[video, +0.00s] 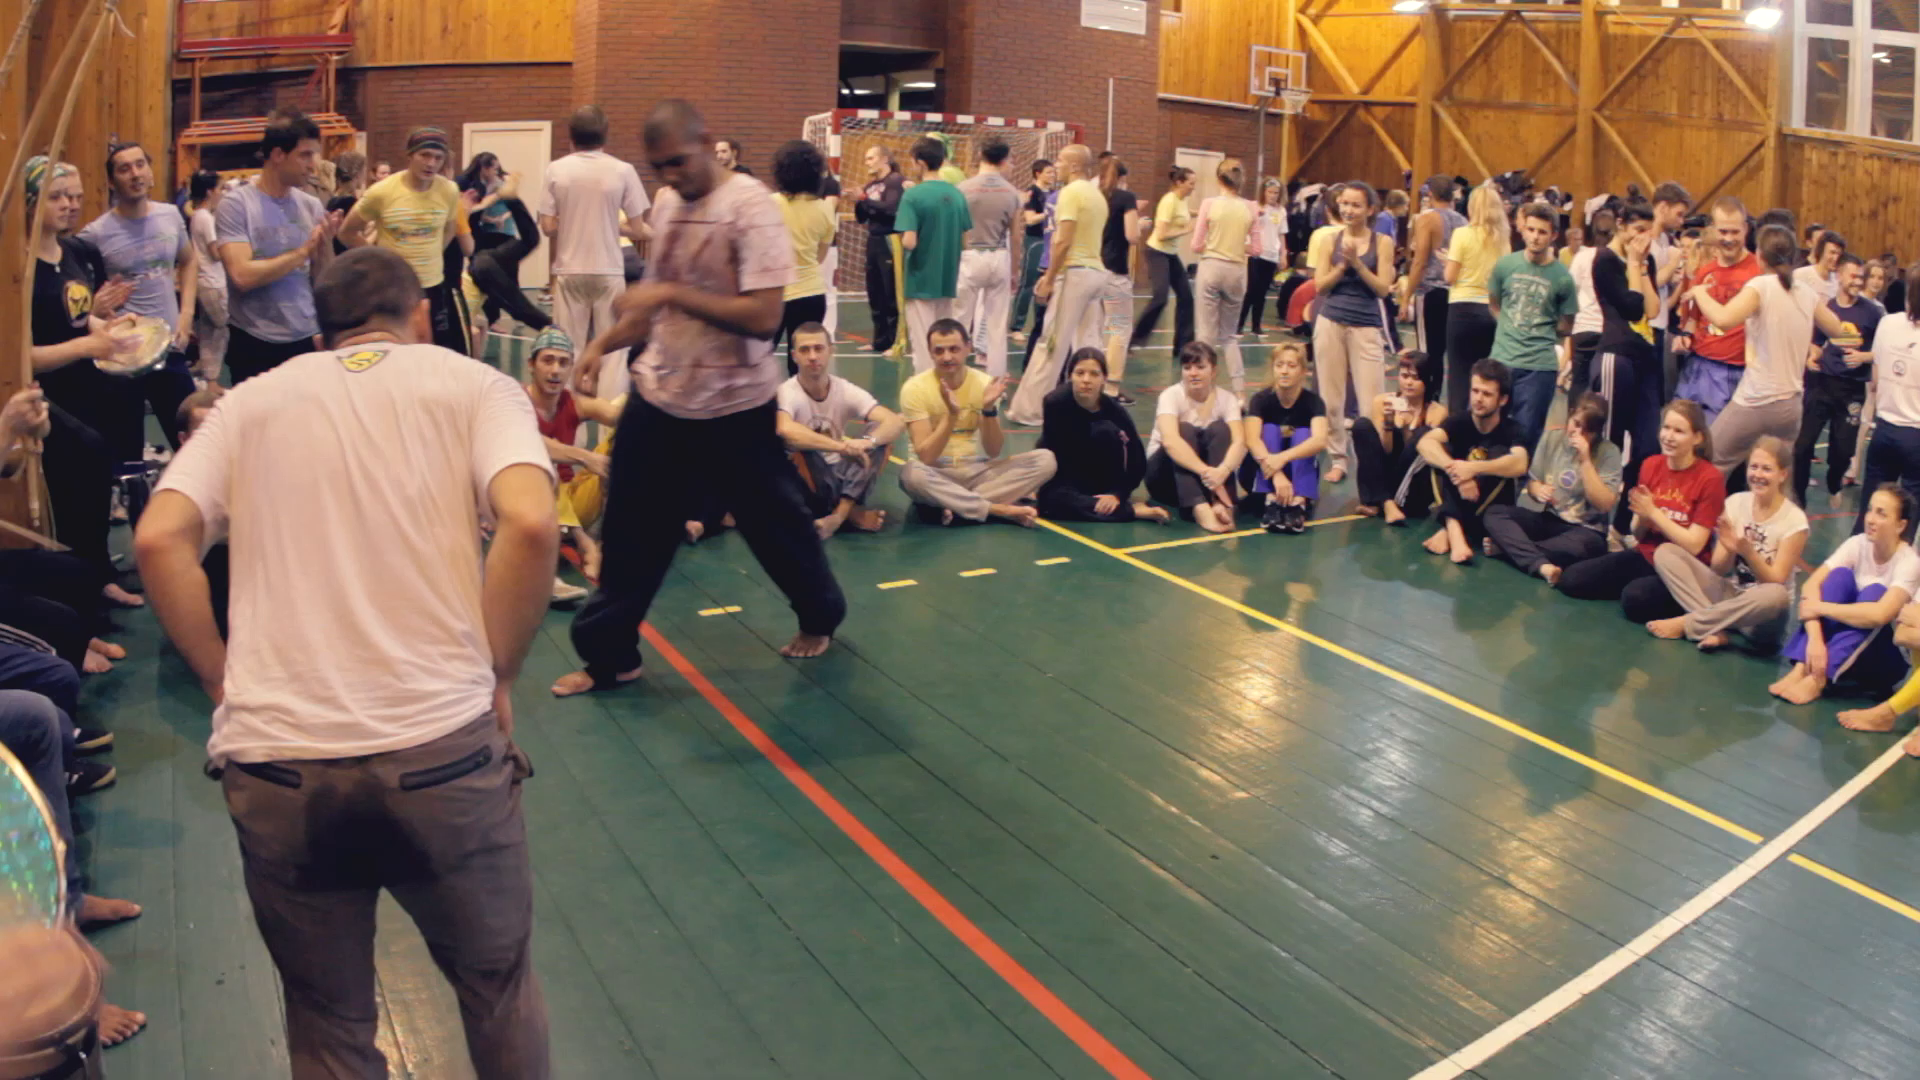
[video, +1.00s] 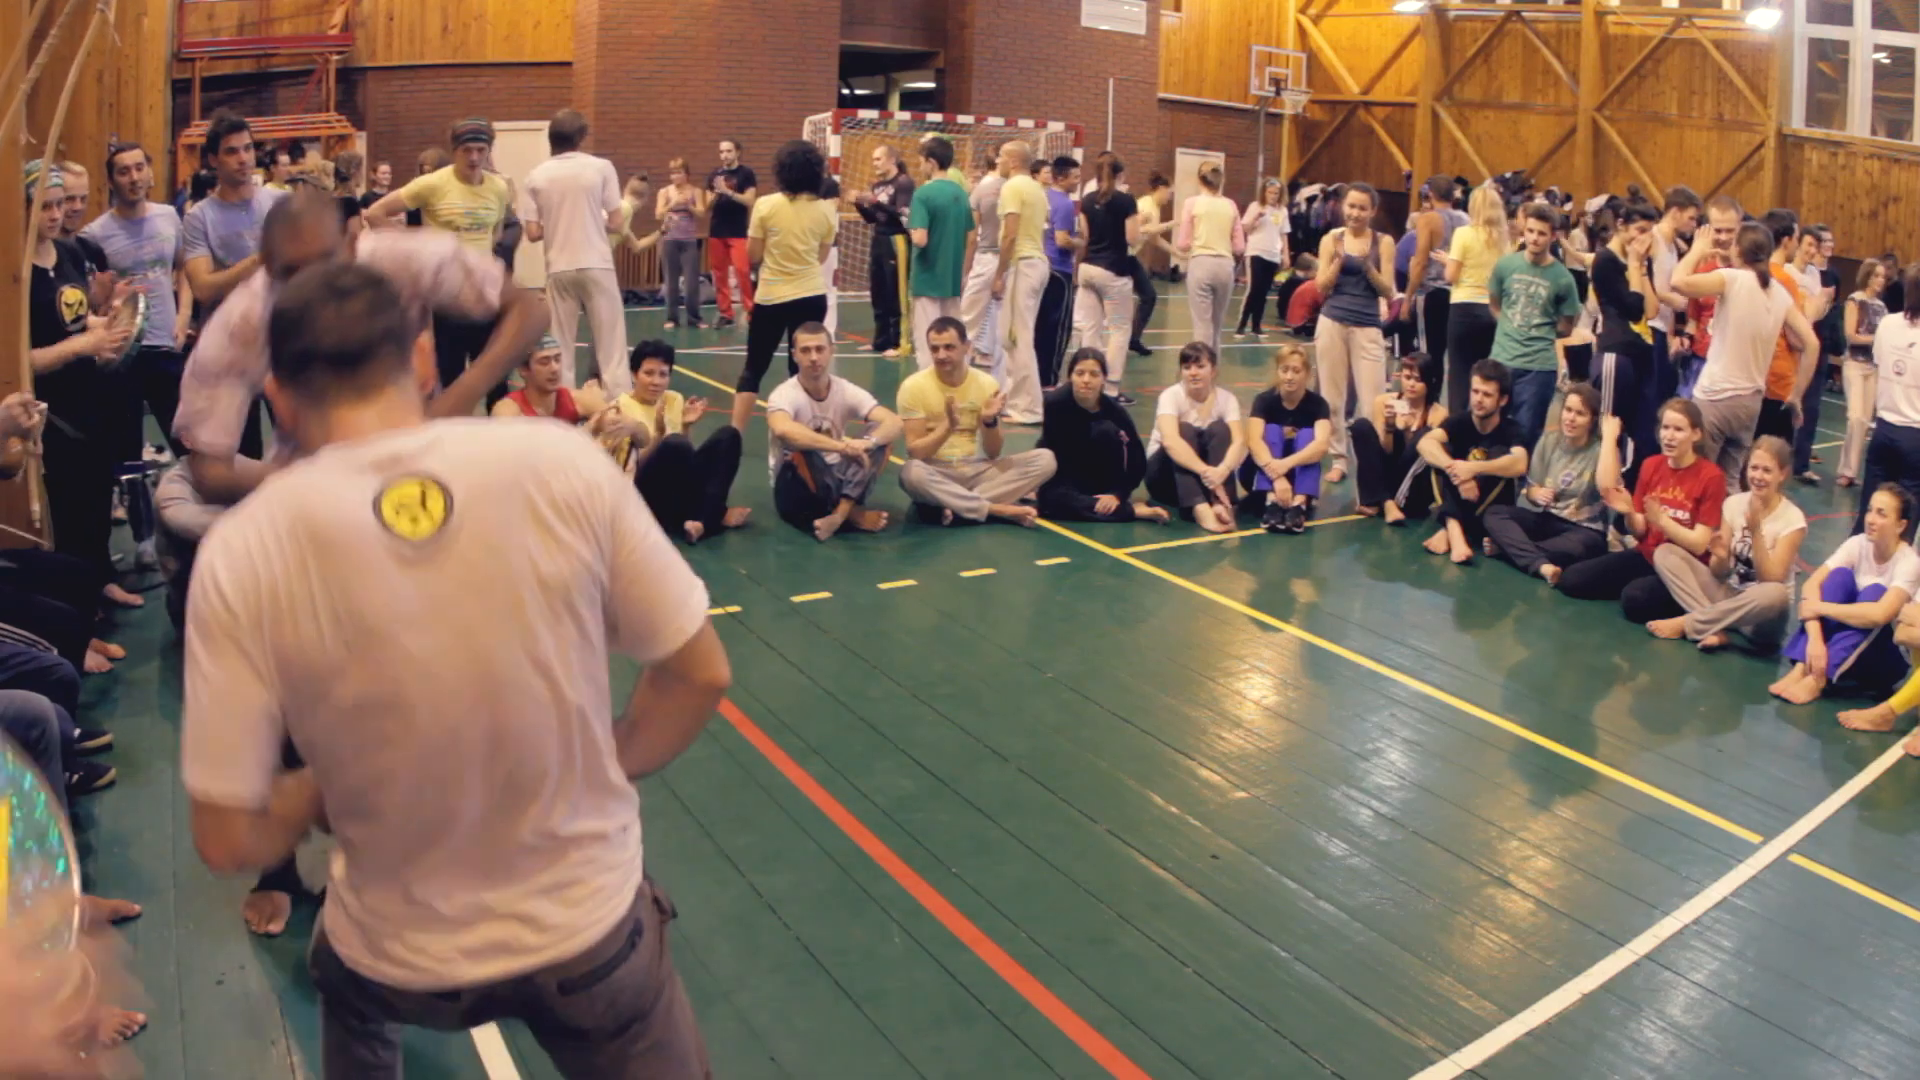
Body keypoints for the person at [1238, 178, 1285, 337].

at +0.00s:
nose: (1273, 195)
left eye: (1276, 192)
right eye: (1270, 192)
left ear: (1279, 194)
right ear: (1263, 192)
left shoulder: (1281, 211)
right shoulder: (1255, 208)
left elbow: (1282, 235)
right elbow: (1247, 227)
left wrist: (1283, 255)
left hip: (1272, 255)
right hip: (1256, 253)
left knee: (1261, 294)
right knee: (1250, 292)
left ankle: (1256, 326)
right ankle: (1240, 325)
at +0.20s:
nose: (1273, 196)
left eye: (1276, 193)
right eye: (1270, 192)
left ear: (1279, 194)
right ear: (1263, 192)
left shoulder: (1281, 211)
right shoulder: (1255, 206)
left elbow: (1282, 236)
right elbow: (1247, 227)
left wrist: (1284, 256)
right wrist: (1256, 216)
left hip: (1272, 255)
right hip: (1256, 253)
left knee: (1261, 294)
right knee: (1251, 292)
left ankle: (1256, 326)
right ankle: (1240, 325)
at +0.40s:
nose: (1273, 195)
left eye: (1276, 192)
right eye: (1270, 192)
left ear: (1279, 194)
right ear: (1263, 192)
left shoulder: (1281, 211)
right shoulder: (1255, 206)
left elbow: (1283, 236)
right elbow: (1246, 226)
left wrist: (1284, 256)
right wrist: (1256, 216)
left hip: (1272, 254)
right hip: (1256, 252)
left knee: (1262, 294)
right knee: (1251, 292)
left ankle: (1256, 326)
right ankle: (1240, 326)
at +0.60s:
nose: (1272, 195)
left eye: (1276, 192)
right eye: (1270, 192)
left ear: (1280, 194)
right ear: (1263, 192)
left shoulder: (1282, 211)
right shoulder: (1255, 206)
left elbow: (1283, 235)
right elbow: (1245, 226)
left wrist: (1285, 255)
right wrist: (1256, 216)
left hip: (1272, 254)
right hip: (1255, 251)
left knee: (1262, 293)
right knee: (1251, 291)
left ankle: (1256, 326)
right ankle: (1240, 326)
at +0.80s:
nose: (1273, 195)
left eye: (1276, 192)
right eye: (1270, 192)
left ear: (1279, 194)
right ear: (1264, 192)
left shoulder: (1282, 211)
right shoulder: (1255, 206)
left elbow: (1283, 235)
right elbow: (1244, 226)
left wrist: (1285, 255)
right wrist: (1256, 216)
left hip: (1273, 254)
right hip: (1255, 251)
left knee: (1262, 293)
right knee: (1252, 290)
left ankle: (1256, 326)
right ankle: (1240, 326)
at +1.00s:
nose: (1273, 196)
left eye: (1276, 193)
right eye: (1270, 192)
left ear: (1280, 194)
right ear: (1264, 192)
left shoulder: (1283, 211)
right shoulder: (1255, 206)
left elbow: (1284, 235)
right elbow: (1244, 226)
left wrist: (1286, 254)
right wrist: (1257, 217)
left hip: (1273, 253)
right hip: (1256, 250)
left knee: (1263, 292)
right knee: (1254, 289)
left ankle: (1256, 325)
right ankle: (1242, 324)